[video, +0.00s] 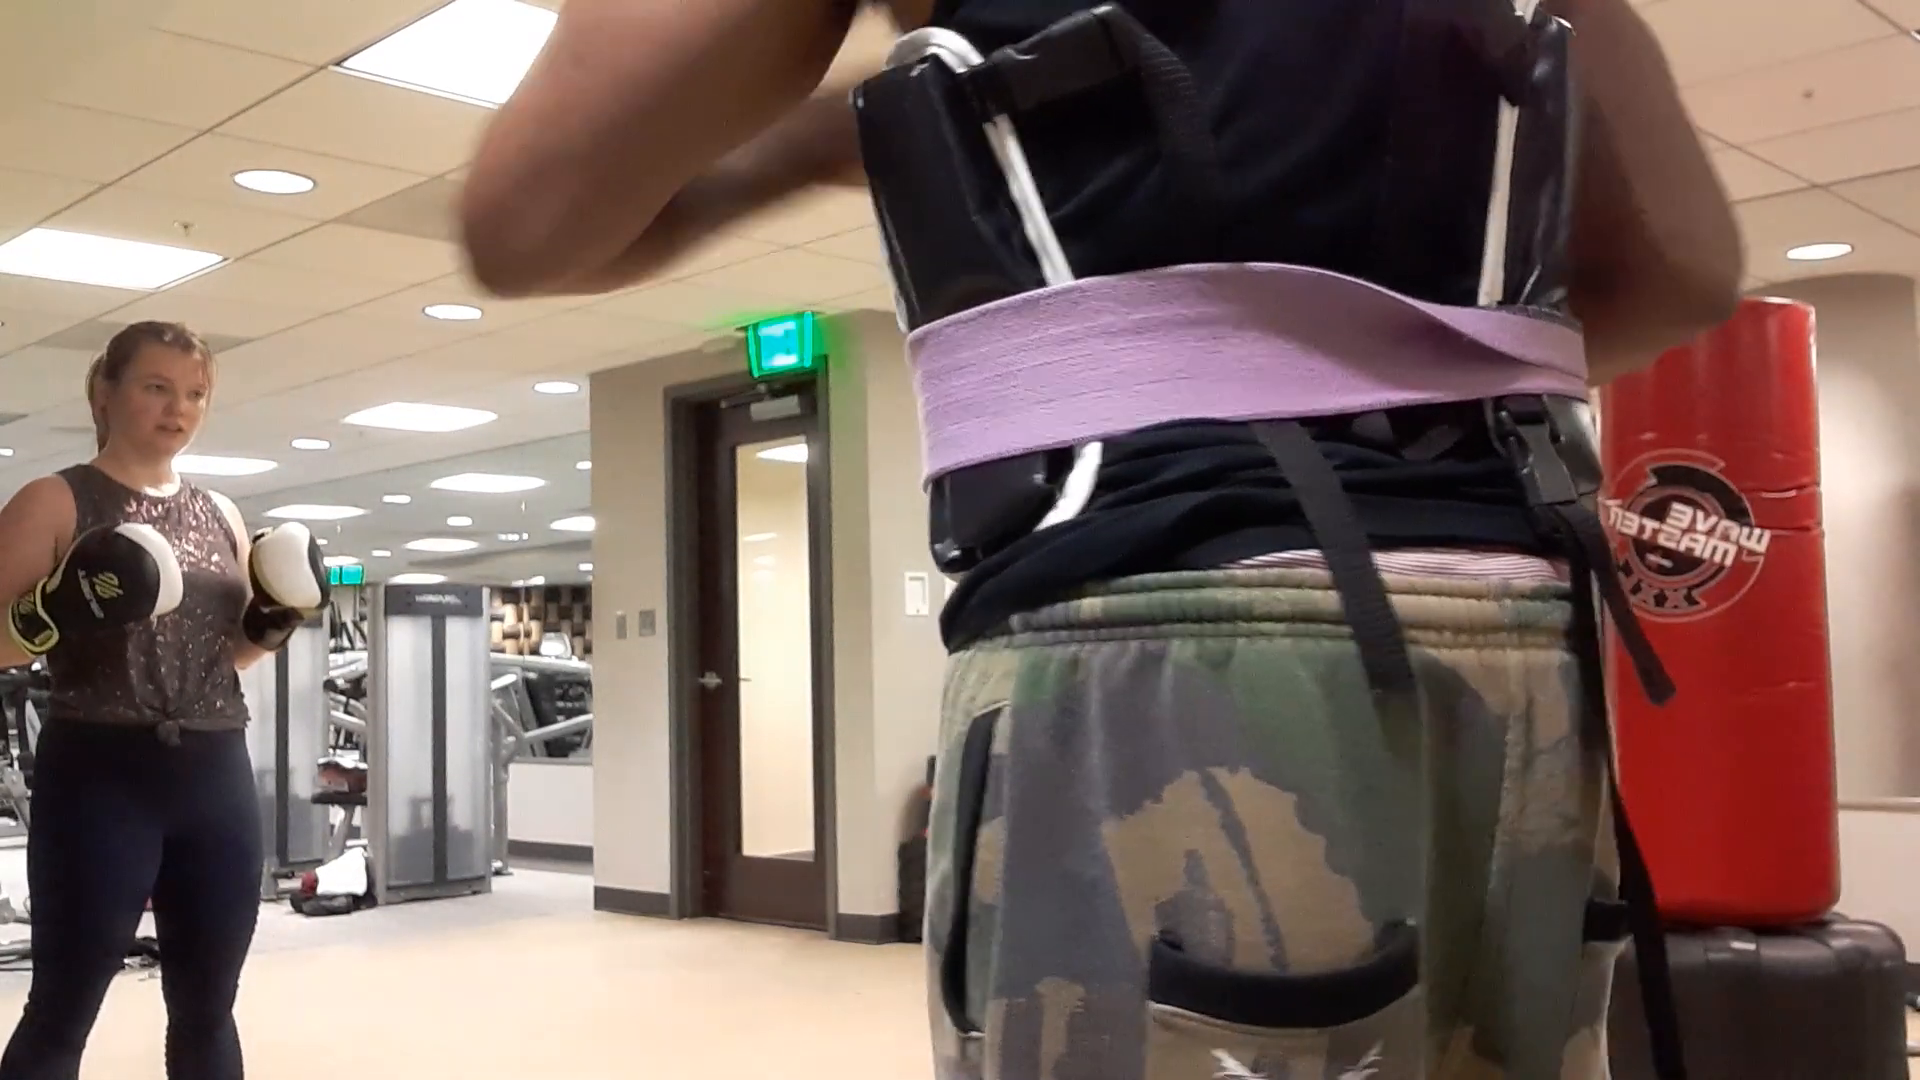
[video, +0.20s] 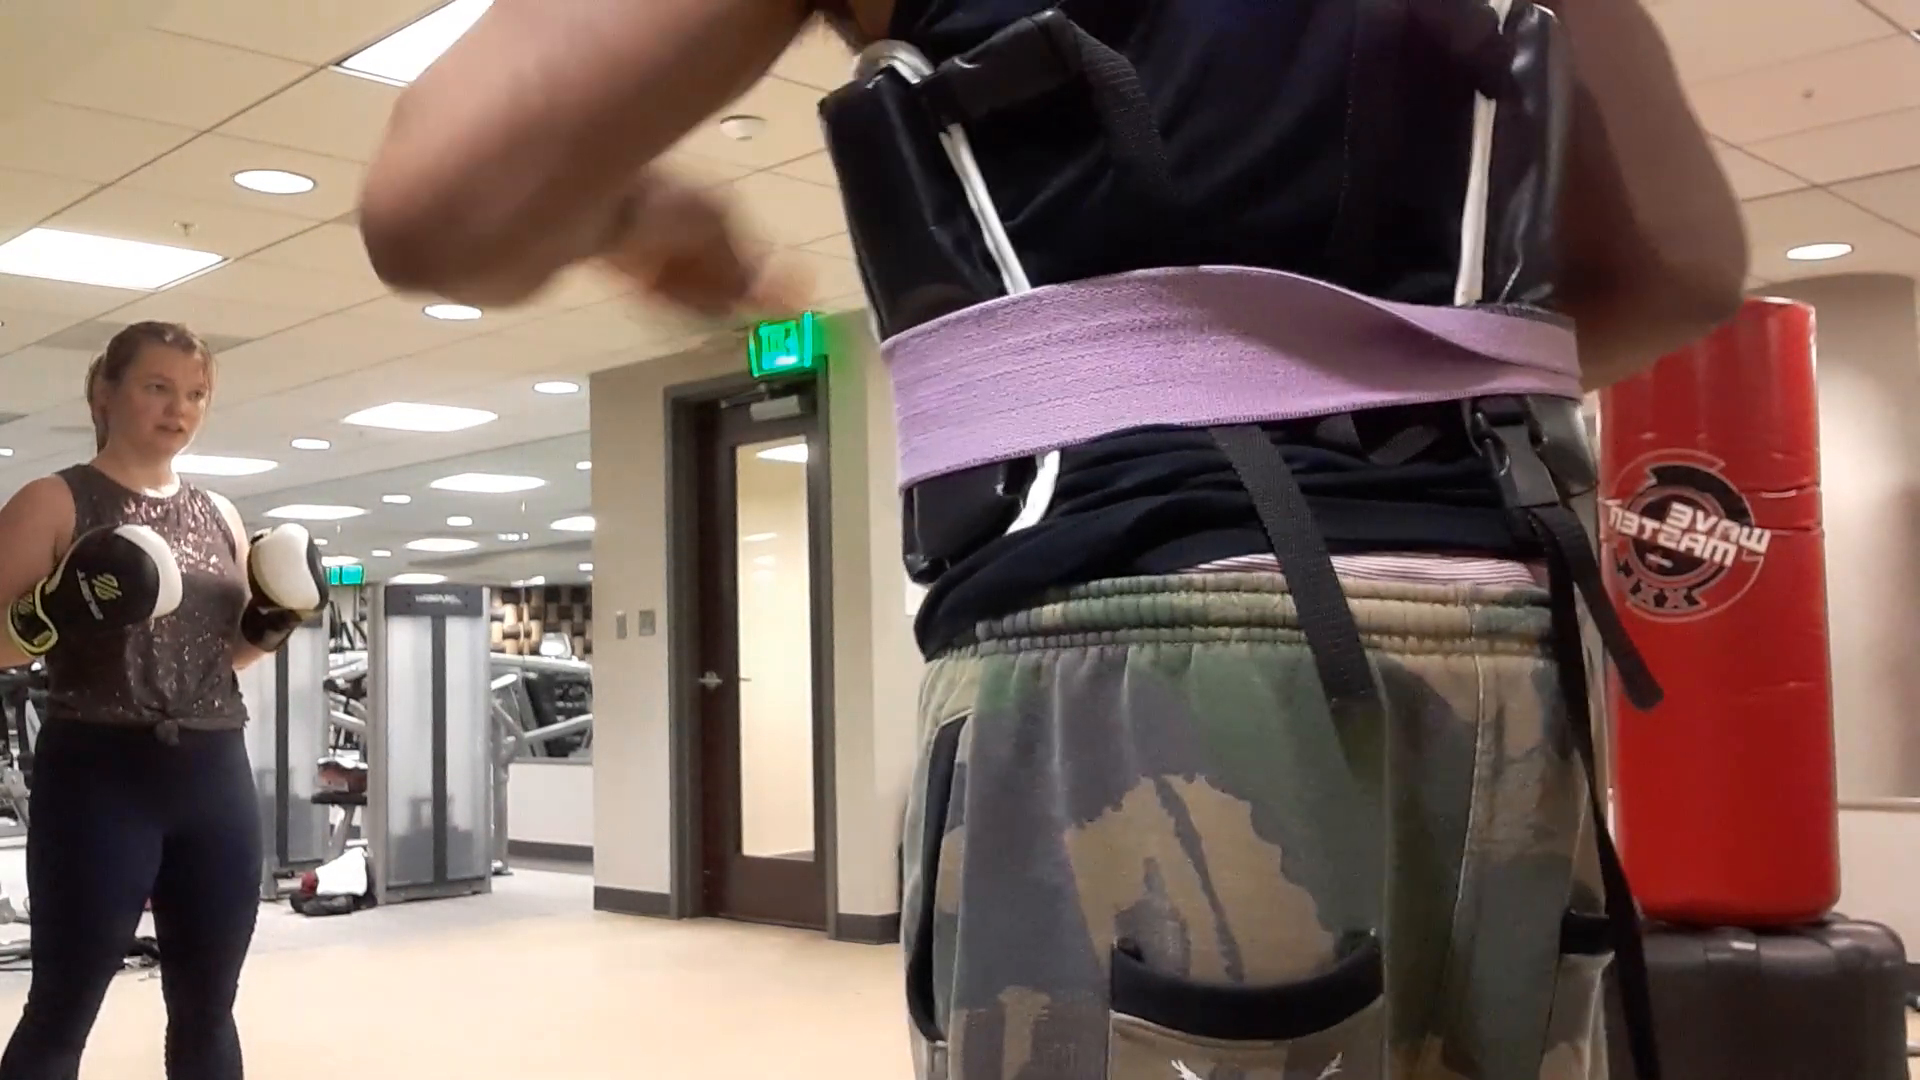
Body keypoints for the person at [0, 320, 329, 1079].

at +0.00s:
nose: (180, 408)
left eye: (195, 394)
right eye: (158, 388)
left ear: (206, 407)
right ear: (104, 394)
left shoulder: (223, 518)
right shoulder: (54, 503)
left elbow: (224, 661)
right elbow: (3, 648)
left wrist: (278, 615)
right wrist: (63, 608)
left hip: (218, 776)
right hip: (96, 776)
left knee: (208, 1011)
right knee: (61, 1013)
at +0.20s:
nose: (180, 409)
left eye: (195, 395)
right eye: (159, 388)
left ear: (206, 408)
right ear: (105, 394)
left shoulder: (221, 518)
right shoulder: (53, 504)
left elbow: (225, 659)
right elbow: (3, 647)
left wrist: (279, 614)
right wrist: (60, 609)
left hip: (217, 776)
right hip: (96, 777)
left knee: (208, 1011)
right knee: (62, 1011)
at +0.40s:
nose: (181, 409)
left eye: (196, 395)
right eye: (160, 388)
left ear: (207, 408)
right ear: (105, 392)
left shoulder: (221, 518)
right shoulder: (53, 504)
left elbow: (220, 661)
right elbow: (3, 646)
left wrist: (276, 617)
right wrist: (60, 609)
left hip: (216, 776)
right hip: (95, 776)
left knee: (207, 1009)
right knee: (62, 1009)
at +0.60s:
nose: (182, 409)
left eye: (196, 395)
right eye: (160, 388)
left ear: (207, 408)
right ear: (105, 392)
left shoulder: (221, 518)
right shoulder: (53, 504)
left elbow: (221, 659)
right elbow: (3, 646)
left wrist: (277, 616)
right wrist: (62, 609)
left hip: (216, 776)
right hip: (95, 776)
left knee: (208, 1006)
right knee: (64, 1006)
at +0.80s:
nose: (182, 409)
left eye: (197, 395)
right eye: (160, 388)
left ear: (207, 407)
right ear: (105, 392)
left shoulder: (221, 517)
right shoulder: (53, 503)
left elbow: (223, 658)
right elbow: (4, 646)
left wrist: (277, 616)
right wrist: (62, 607)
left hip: (216, 776)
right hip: (95, 775)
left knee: (208, 1005)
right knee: (65, 1003)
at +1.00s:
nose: (181, 409)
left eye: (196, 395)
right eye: (160, 388)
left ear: (207, 407)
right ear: (105, 392)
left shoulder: (222, 517)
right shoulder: (53, 503)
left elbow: (222, 659)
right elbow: (3, 645)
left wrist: (278, 616)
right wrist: (64, 607)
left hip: (216, 777)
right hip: (95, 777)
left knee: (208, 1008)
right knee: (63, 1008)